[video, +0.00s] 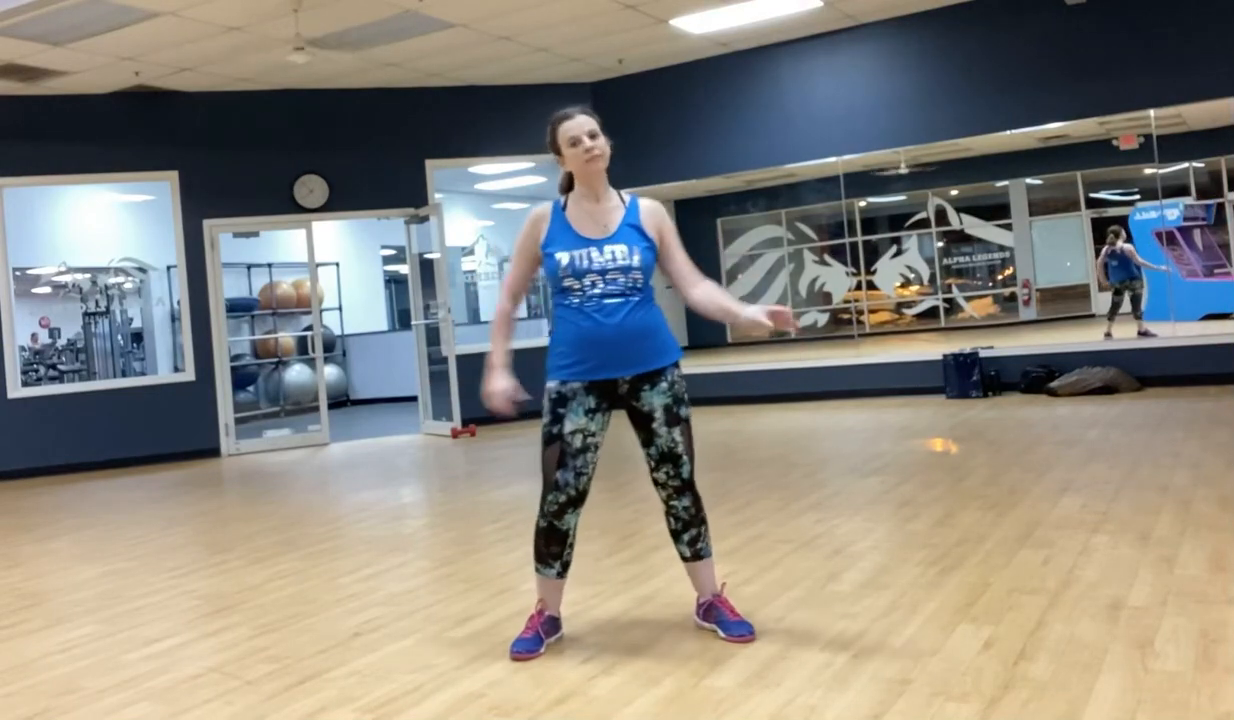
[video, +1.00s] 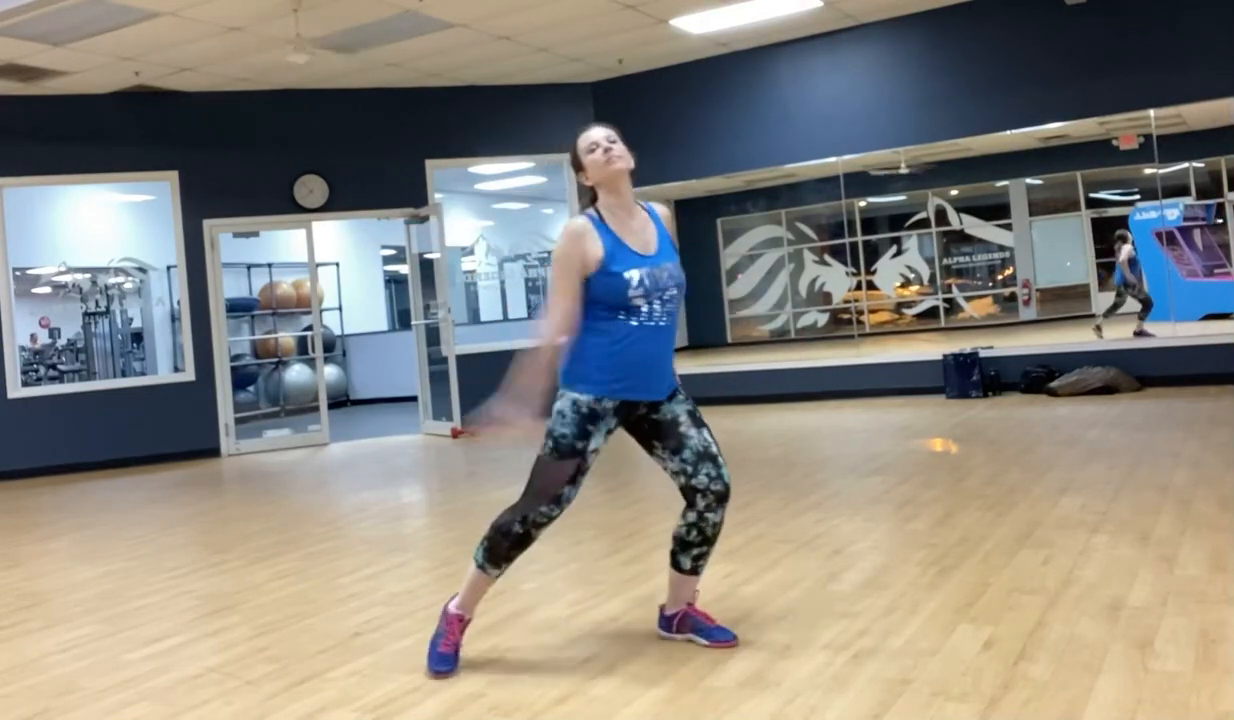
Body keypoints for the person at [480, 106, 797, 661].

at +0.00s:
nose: (590, 146)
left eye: (594, 136)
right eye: (576, 142)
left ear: (609, 143)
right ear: (561, 159)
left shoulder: (648, 212)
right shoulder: (544, 220)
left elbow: (694, 286)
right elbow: (510, 299)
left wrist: (747, 314)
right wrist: (498, 366)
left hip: (653, 370)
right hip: (576, 379)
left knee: (678, 484)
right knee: (560, 496)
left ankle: (711, 601)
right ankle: (546, 614)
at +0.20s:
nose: (571, 142)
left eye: (577, 132)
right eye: (558, 138)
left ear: (593, 143)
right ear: (544, 156)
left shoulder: (629, 216)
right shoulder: (523, 217)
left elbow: (647, 295)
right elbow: (467, 281)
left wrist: (676, 337)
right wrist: (416, 336)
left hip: (629, 372)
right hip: (553, 380)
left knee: (664, 484)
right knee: (548, 498)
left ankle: (708, 598)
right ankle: (545, 613)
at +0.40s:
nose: (555, 138)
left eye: (562, 130)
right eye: (542, 134)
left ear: (578, 141)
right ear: (529, 152)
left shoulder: (614, 213)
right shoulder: (508, 214)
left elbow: (638, 291)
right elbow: (441, 258)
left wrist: (639, 346)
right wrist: (374, 290)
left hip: (612, 372)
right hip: (538, 380)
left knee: (661, 481)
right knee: (538, 499)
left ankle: (706, 598)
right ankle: (545, 614)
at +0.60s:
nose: (553, 134)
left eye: (559, 126)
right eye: (541, 131)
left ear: (578, 139)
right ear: (527, 151)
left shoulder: (615, 205)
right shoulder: (507, 208)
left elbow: (654, 274)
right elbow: (428, 223)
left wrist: (647, 339)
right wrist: (345, 222)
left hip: (617, 369)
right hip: (543, 378)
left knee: (670, 471)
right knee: (540, 495)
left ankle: (687, 599)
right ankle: (545, 614)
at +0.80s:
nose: (581, 136)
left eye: (587, 128)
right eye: (568, 135)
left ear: (608, 142)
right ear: (559, 158)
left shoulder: (651, 202)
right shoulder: (549, 212)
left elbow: (680, 264)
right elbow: (469, 233)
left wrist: (674, 329)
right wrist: (391, 228)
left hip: (645, 374)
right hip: (573, 378)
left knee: (690, 480)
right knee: (542, 493)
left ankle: (677, 607)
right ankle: (516, 603)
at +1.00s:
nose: (609, 148)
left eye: (614, 141)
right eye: (595, 149)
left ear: (632, 157)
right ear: (584, 175)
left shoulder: (661, 216)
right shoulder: (579, 235)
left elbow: (659, 299)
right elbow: (556, 330)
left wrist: (659, 364)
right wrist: (519, 403)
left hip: (656, 389)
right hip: (591, 394)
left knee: (711, 489)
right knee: (539, 508)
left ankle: (679, 610)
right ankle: (458, 613)